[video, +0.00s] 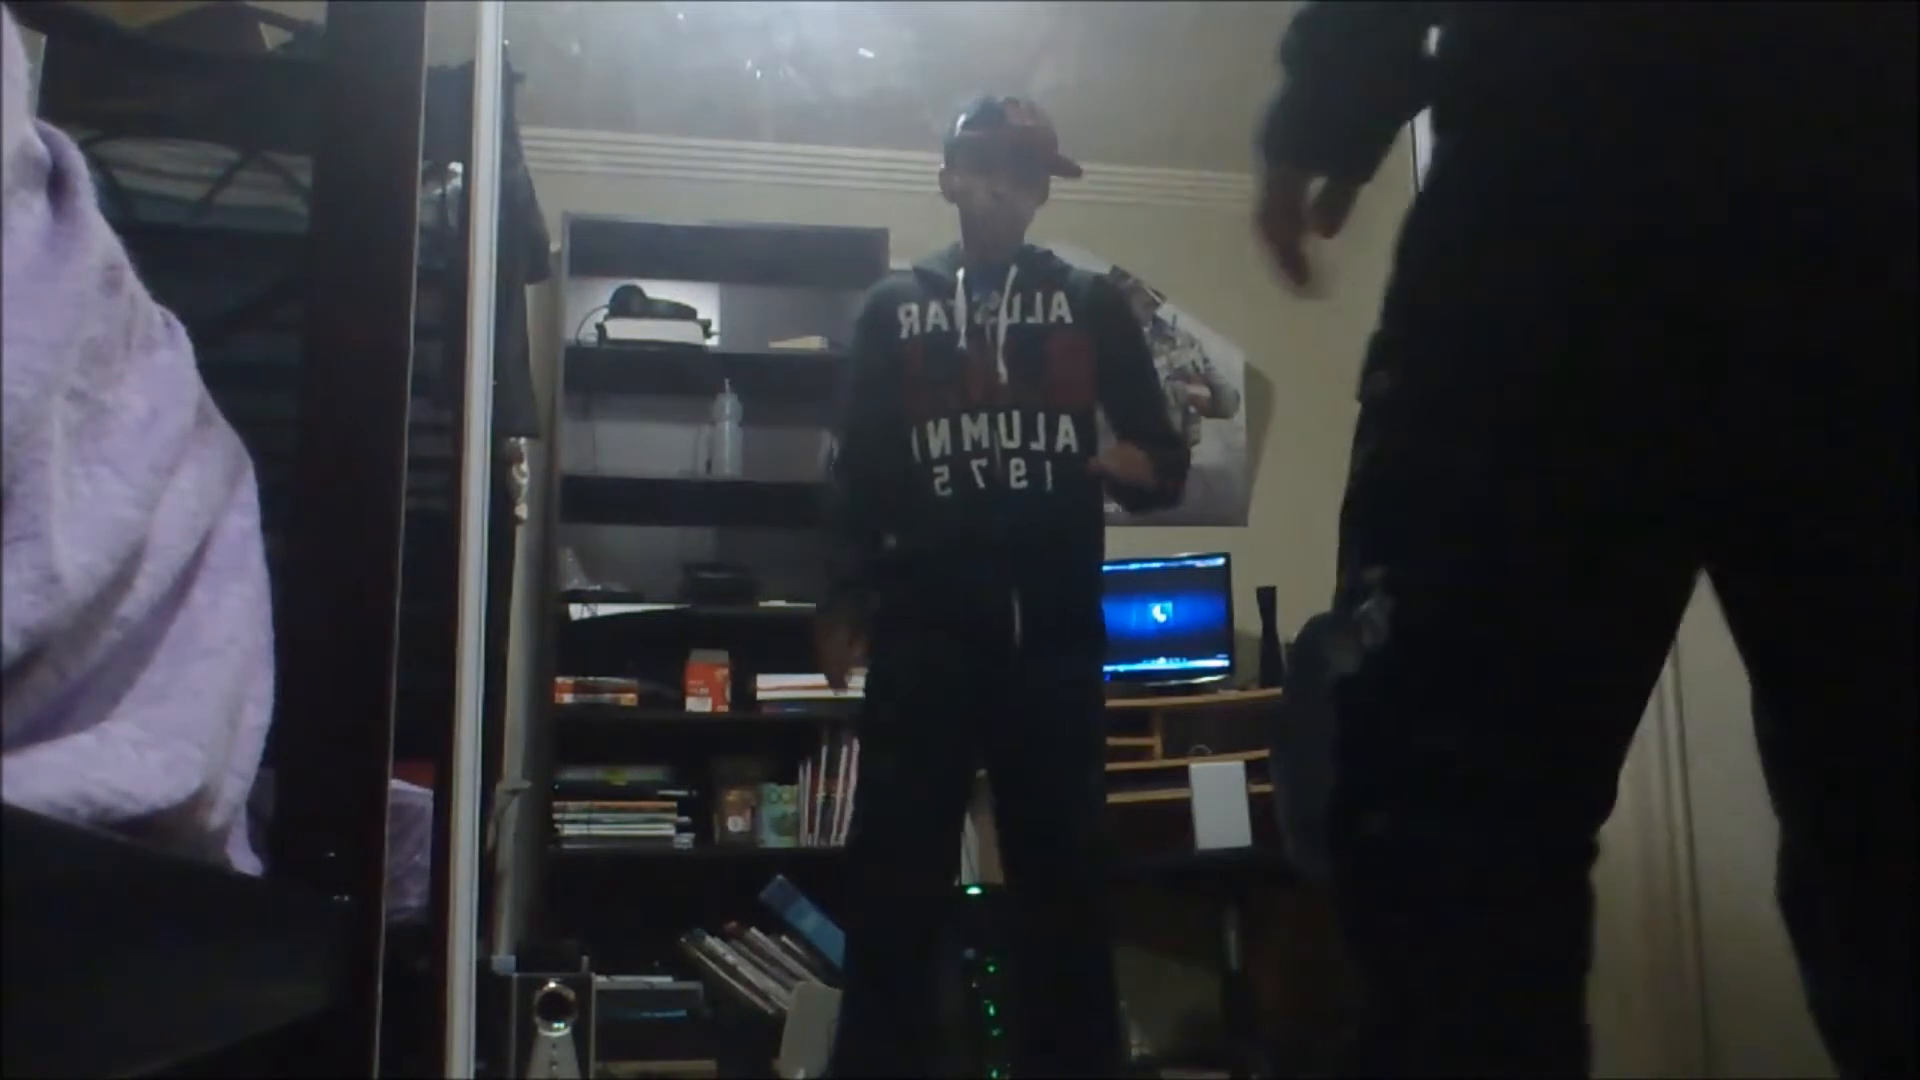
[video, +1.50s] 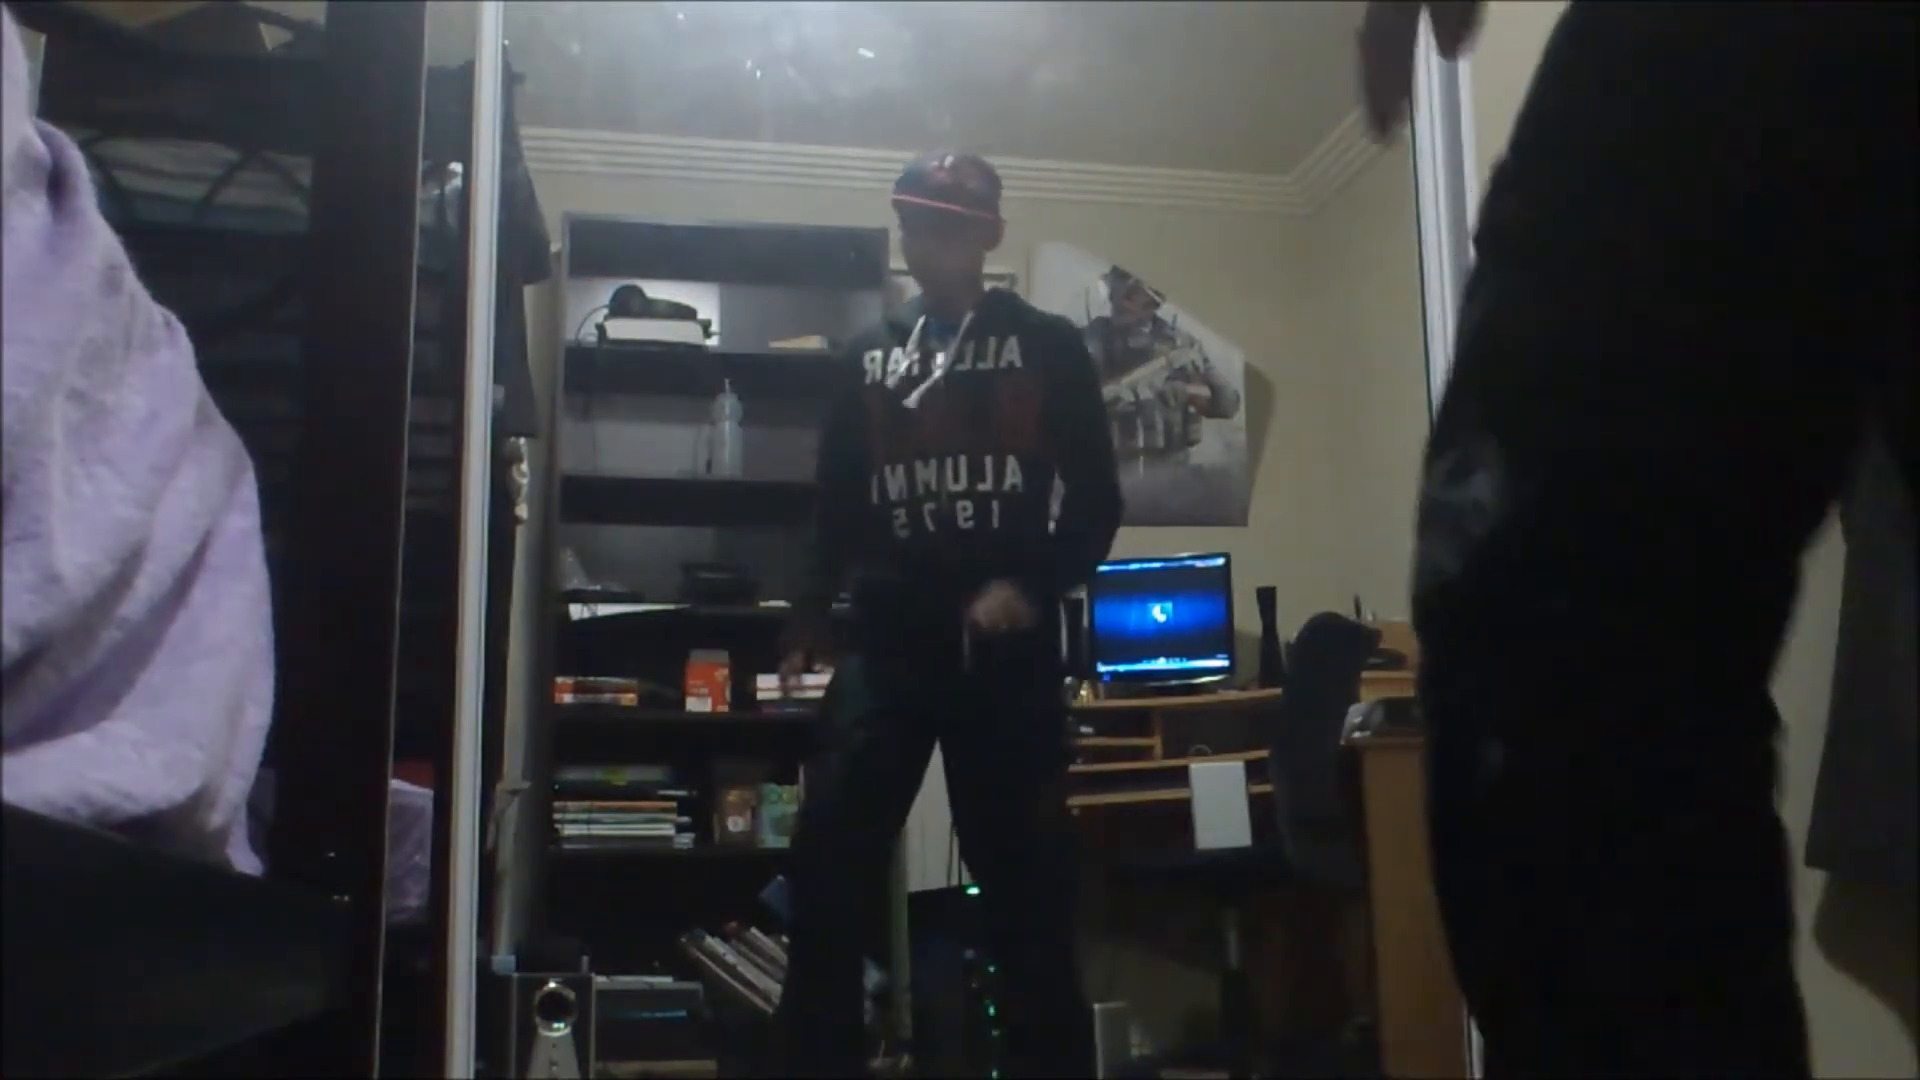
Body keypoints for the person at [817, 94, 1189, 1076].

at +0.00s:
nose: (999, 187)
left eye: (1019, 170)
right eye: (981, 167)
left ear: (1046, 184)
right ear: (949, 177)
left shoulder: (1092, 299)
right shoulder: (893, 304)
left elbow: (1164, 467)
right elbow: (857, 466)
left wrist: (1113, 454)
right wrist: (842, 599)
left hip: (1052, 618)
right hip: (924, 615)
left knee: (1061, 868)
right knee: (893, 866)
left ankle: (1069, 1066)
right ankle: (883, 1068)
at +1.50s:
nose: (938, 238)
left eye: (958, 222)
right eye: (922, 222)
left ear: (992, 234)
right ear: (900, 230)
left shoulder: (1047, 346)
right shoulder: (868, 359)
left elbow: (1096, 499)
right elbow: (834, 504)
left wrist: (1034, 585)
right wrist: (813, 613)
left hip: (1005, 636)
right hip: (889, 635)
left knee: (1019, 867)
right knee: (834, 850)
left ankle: (1046, 1061)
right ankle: (819, 1058)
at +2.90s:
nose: (961, 242)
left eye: (977, 227)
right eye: (944, 222)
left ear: (996, 242)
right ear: (906, 231)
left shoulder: (1027, 357)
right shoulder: (846, 354)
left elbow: (1075, 490)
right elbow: (813, 502)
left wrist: (1092, 599)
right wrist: (879, 558)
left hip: (1004, 644)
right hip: (887, 646)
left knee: (1042, 878)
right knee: (864, 886)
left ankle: (1069, 1067)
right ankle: (849, 1068)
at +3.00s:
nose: (997, 244)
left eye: (1008, 230)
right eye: (980, 225)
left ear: (1018, 242)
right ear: (932, 229)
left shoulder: (1040, 356)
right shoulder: (868, 336)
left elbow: (1086, 487)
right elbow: (828, 484)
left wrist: (1120, 596)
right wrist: (935, 492)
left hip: (1011, 641)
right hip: (900, 638)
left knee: (1052, 888)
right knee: (874, 894)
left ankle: (1065, 1069)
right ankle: (851, 1070)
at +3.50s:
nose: (1057, 244)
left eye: (1069, 228)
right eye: (1039, 223)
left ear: (1082, 239)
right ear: (991, 230)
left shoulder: (1108, 351)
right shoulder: (926, 336)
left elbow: (1160, 482)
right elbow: (863, 474)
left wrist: (1184, 499)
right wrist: (897, 570)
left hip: (1053, 626)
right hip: (935, 622)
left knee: (1063, 859)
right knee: (889, 847)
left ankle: (1067, 1062)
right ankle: (863, 1057)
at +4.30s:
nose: (933, 239)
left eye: (957, 224)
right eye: (922, 222)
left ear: (996, 234)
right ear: (904, 230)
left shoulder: (1053, 339)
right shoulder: (873, 353)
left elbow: (1098, 493)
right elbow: (853, 523)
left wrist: (1087, 529)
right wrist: (800, 602)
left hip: (1022, 634)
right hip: (904, 634)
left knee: (1054, 869)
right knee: (828, 852)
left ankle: (1055, 1065)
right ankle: (767, 1063)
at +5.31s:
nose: (975, 239)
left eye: (988, 223)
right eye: (957, 218)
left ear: (997, 225)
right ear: (903, 213)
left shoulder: (1009, 339)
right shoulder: (829, 327)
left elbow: (1053, 481)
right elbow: (790, 479)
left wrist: (1088, 598)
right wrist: (895, 519)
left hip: (989, 637)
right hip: (869, 639)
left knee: (1048, 863)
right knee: (856, 880)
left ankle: (1091, 1063)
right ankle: (848, 1068)